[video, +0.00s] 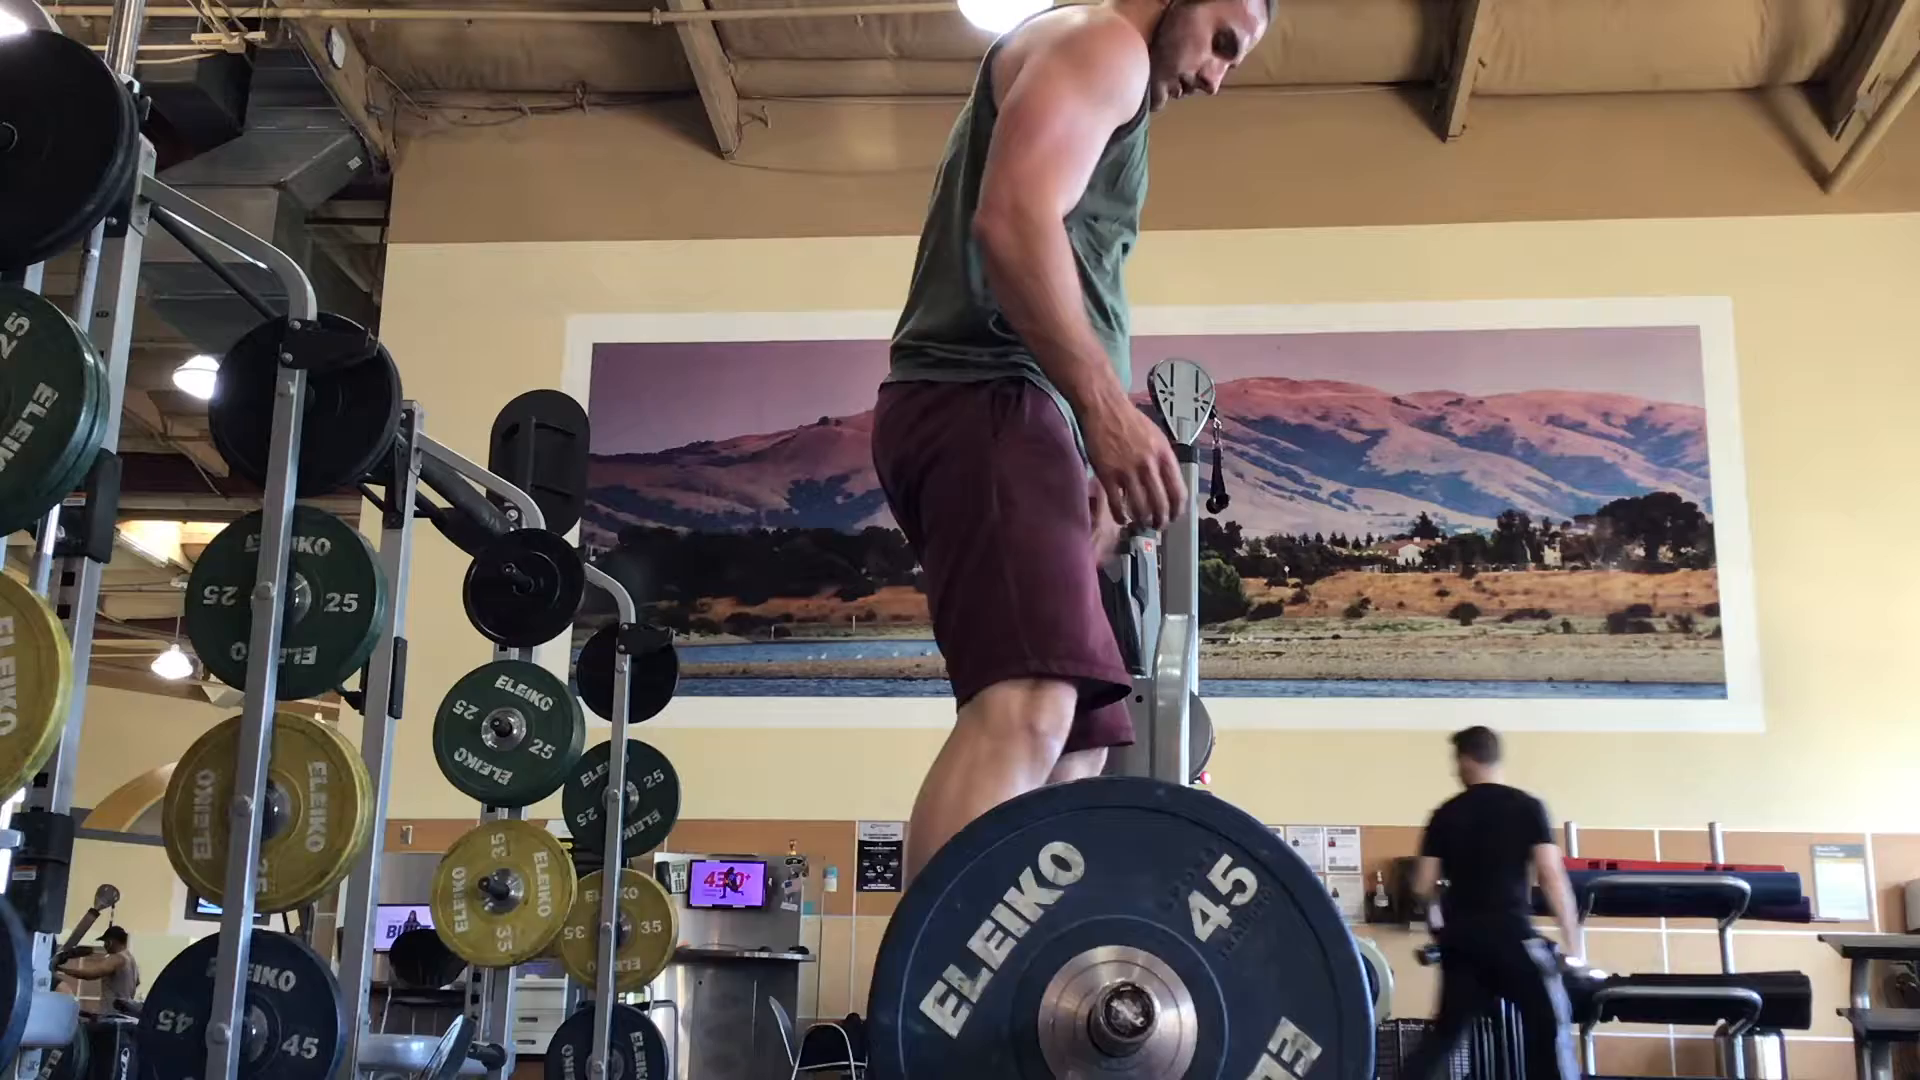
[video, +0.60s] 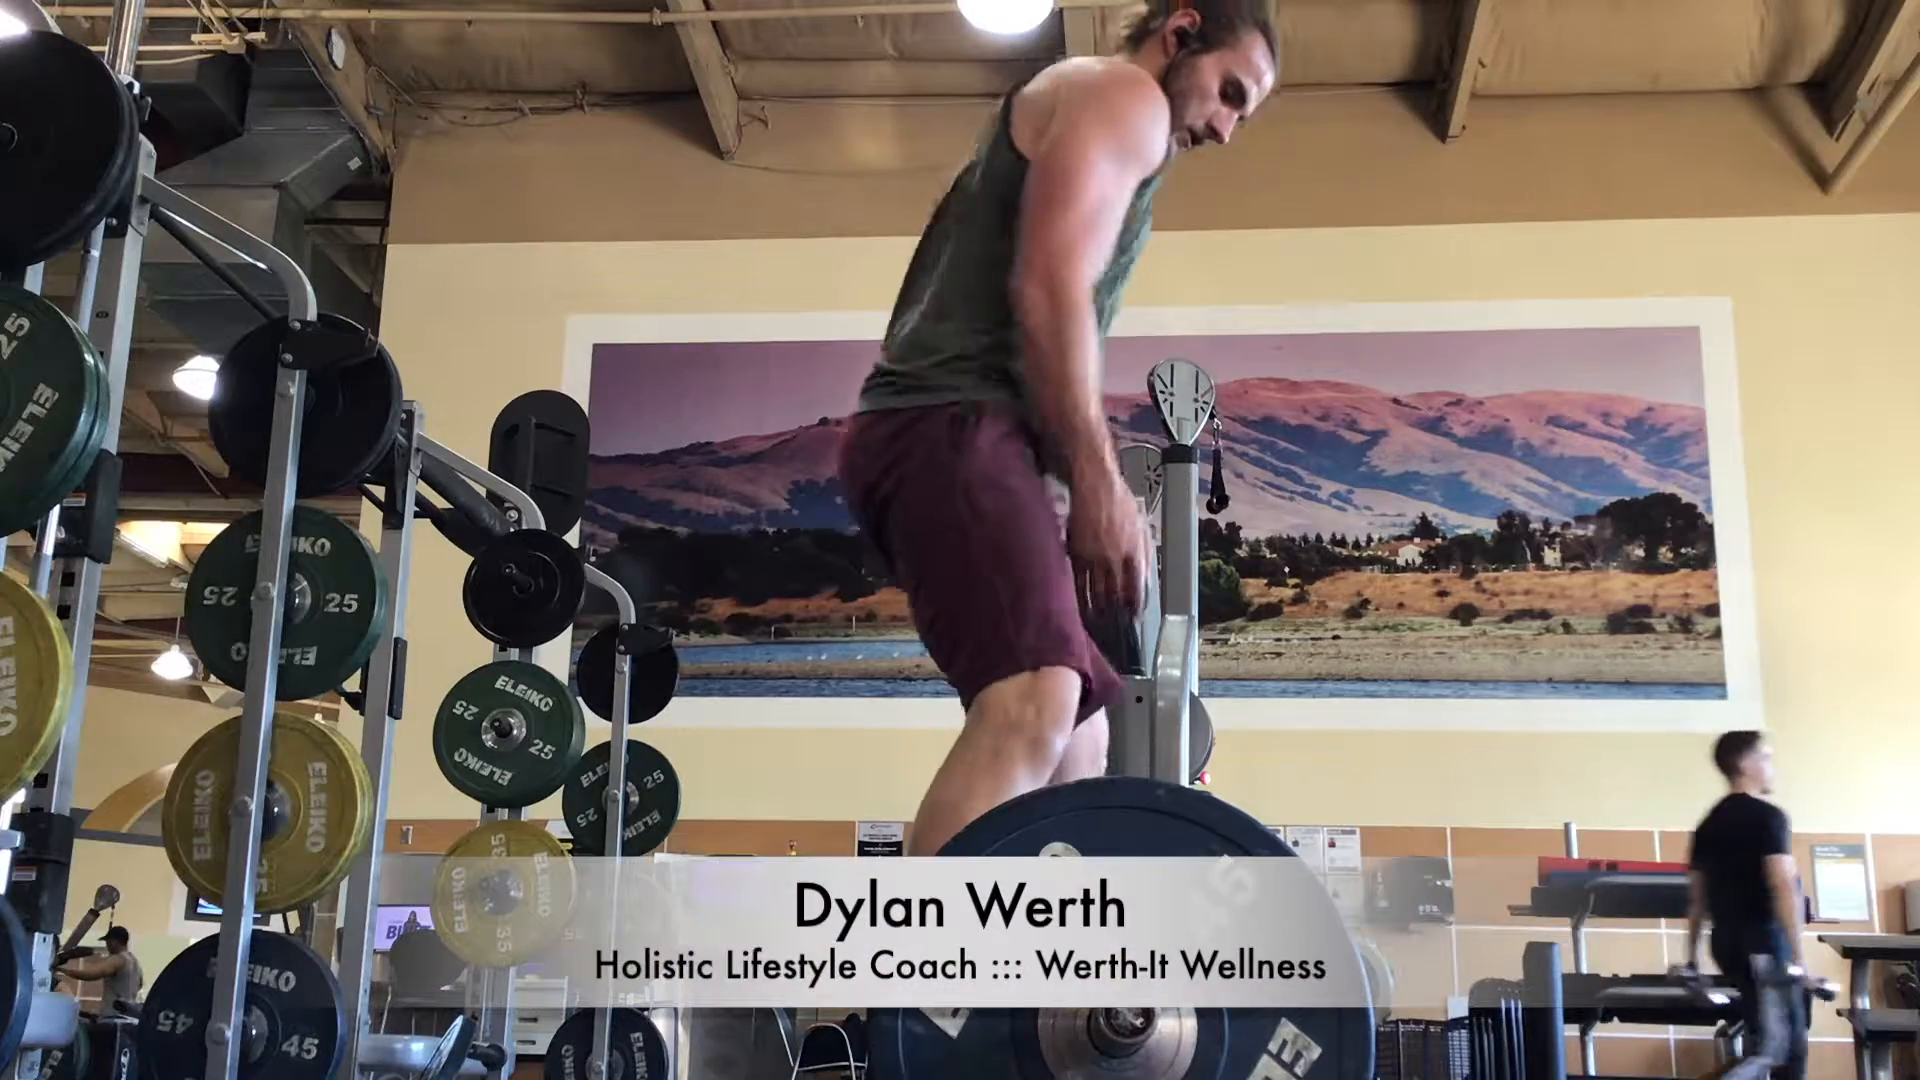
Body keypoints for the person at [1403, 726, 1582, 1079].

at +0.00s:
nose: (1456, 768)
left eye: (1457, 760)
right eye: (1457, 760)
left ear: (1465, 761)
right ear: (1498, 759)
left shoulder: (1445, 814)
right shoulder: (1527, 807)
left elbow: (1422, 885)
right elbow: (1552, 878)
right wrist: (1573, 947)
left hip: (1460, 939)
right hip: (1512, 939)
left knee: (1448, 1029)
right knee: (1551, 1024)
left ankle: (1412, 1073)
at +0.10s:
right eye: (1544, 755)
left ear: (1509, 760)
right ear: (1548, 756)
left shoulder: (1488, 814)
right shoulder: (1571, 808)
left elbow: (1466, 885)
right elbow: (1592, 879)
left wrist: (1473, 931)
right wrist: (1613, 948)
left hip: (1511, 938)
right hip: (1561, 939)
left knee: (1533, 1030)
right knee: (1590, 1025)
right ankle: (1586, 1075)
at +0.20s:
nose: (1596, 751)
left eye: (1592, 744)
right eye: (1592, 745)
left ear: (1552, 753)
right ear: (1585, 750)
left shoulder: (1527, 808)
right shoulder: (1606, 804)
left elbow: (1509, 879)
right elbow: (1630, 876)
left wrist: (1513, 935)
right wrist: (1651, 949)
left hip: (1550, 933)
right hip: (1595, 933)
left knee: (1588, 1027)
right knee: (1604, 1030)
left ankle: (1561, 1073)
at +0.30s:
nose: (1644, 756)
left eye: (1641, 747)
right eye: (1639, 747)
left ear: (1599, 755)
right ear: (1622, 751)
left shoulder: (1568, 810)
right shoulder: (1640, 806)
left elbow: (1554, 879)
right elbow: (1664, 875)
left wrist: (1556, 939)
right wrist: (1687, 948)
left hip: (1587, 931)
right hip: (1628, 930)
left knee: (1653, 1024)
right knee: (1620, 1025)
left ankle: (1656, 1073)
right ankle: (1598, 1075)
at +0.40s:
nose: (1687, 766)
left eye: (1686, 756)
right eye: (1682, 756)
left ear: (1645, 764)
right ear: (1659, 761)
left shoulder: (1613, 820)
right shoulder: (1679, 815)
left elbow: (1601, 891)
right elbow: (1704, 888)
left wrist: (1597, 949)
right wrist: (1728, 956)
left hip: (1630, 934)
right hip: (1664, 937)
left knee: (1695, 1026)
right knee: (1642, 1031)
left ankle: (1717, 1074)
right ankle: (1607, 1076)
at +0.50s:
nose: (1729, 769)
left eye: (1726, 760)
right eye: (1722, 761)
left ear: (1688, 770)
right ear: (1701, 767)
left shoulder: (1661, 827)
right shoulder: (1723, 820)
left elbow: (1649, 900)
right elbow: (1743, 891)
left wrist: (1642, 960)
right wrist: (1765, 959)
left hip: (1684, 941)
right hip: (1715, 942)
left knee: (1759, 1035)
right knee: (1691, 1037)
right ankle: (1641, 1075)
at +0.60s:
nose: (1770, 765)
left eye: (1768, 756)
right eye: (1763, 757)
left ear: (1730, 768)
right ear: (1743, 765)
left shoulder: (1707, 825)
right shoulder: (1769, 816)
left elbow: (1697, 897)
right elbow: (1782, 885)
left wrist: (1692, 956)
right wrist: (1799, 955)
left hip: (1726, 944)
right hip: (1764, 944)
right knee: (1776, 1046)